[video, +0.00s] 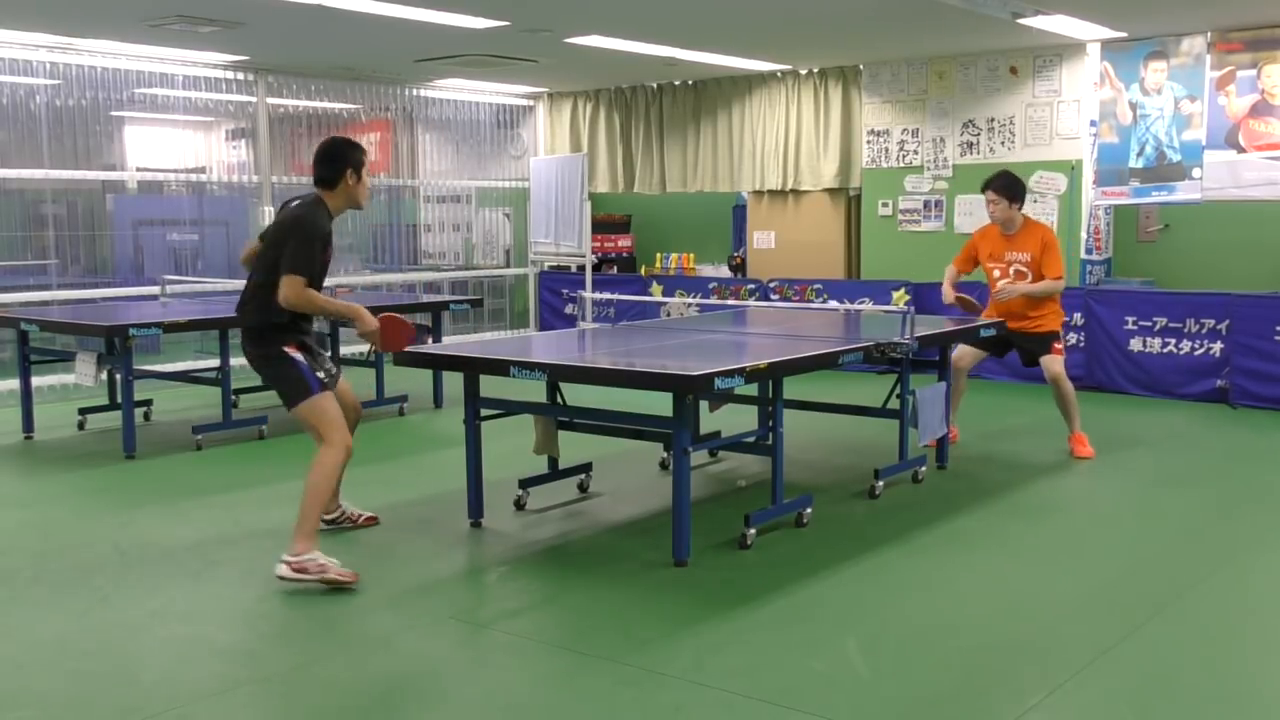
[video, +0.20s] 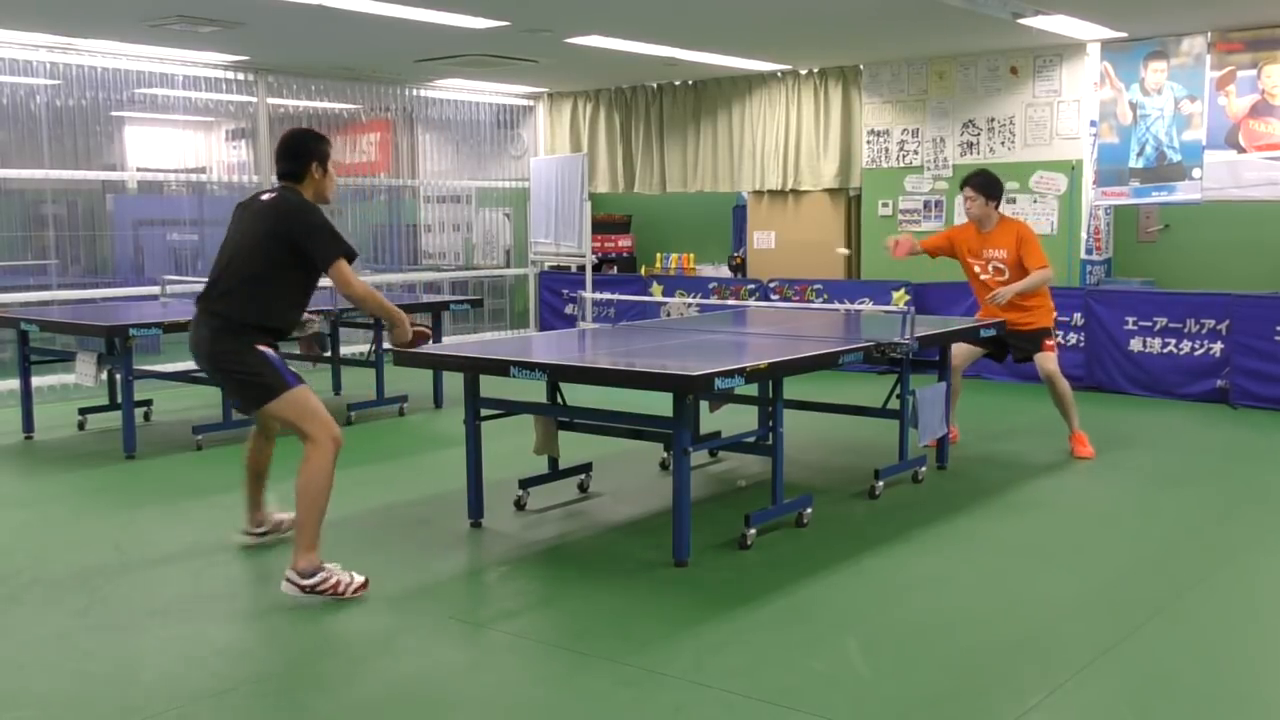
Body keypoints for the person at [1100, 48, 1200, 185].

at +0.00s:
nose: (1158, 76)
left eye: (1162, 71)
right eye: (1154, 71)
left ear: (1167, 72)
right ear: (1143, 72)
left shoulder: (1173, 89)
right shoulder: (1135, 90)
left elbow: (1198, 105)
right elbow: (1125, 120)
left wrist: (1191, 106)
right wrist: (1121, 95)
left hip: (1171, 161)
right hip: (1141, 163)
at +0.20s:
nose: (1158, 77)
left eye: (1162, 71)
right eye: (1154, 71)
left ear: (1168, 72)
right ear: (1143, 72)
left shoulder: (1173, 89)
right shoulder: (1135, 90)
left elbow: (1199, 105)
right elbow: (1125, 120)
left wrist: (1191, 107)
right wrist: (1121, 95)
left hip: (1171, 162)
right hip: (1141, 164)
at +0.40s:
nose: (1158, 76)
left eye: (1162, 71)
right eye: (1154, 71)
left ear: (1167, 72)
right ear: (1143, 71)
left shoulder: (1173, 88)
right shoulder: (1135, 90)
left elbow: (1198, 105)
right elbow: (1125, 120)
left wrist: (1191, 106)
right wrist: (1121, 94)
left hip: (1171, 161)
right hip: (1141, 163)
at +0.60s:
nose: (1158, 76)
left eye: (1162, 71)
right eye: (1154, 71)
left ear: (1167, 72)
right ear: (1143, 71)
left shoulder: (1173, 89)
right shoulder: (1135, 90)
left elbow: (1199, 105)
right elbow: (1125, 120)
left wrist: (1191, 106)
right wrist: (1121, 95)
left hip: (1171, 161)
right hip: (1141, 163)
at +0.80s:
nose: (1158, 76)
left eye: (1162, 71)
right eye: (1154, 71)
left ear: (1167, 72)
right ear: (1143, 72)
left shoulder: (1173, 89)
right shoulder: (1134, 91)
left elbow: (1199, 105)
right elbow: (1125, 120)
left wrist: (1191, 107)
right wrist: (1120, 95)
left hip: (1171, 161)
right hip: (1141, 163)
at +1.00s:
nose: (1158, 76)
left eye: (1162, 71)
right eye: (1154, 71)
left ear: (1167, 72)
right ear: (1143, 72)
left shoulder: (1173, 89)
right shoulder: (1135, 90)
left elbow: (1198, 105)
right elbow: (1125, 120)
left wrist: (1191, 106)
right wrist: (1120, 94)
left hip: (1171, 161)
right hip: (1141, 163)